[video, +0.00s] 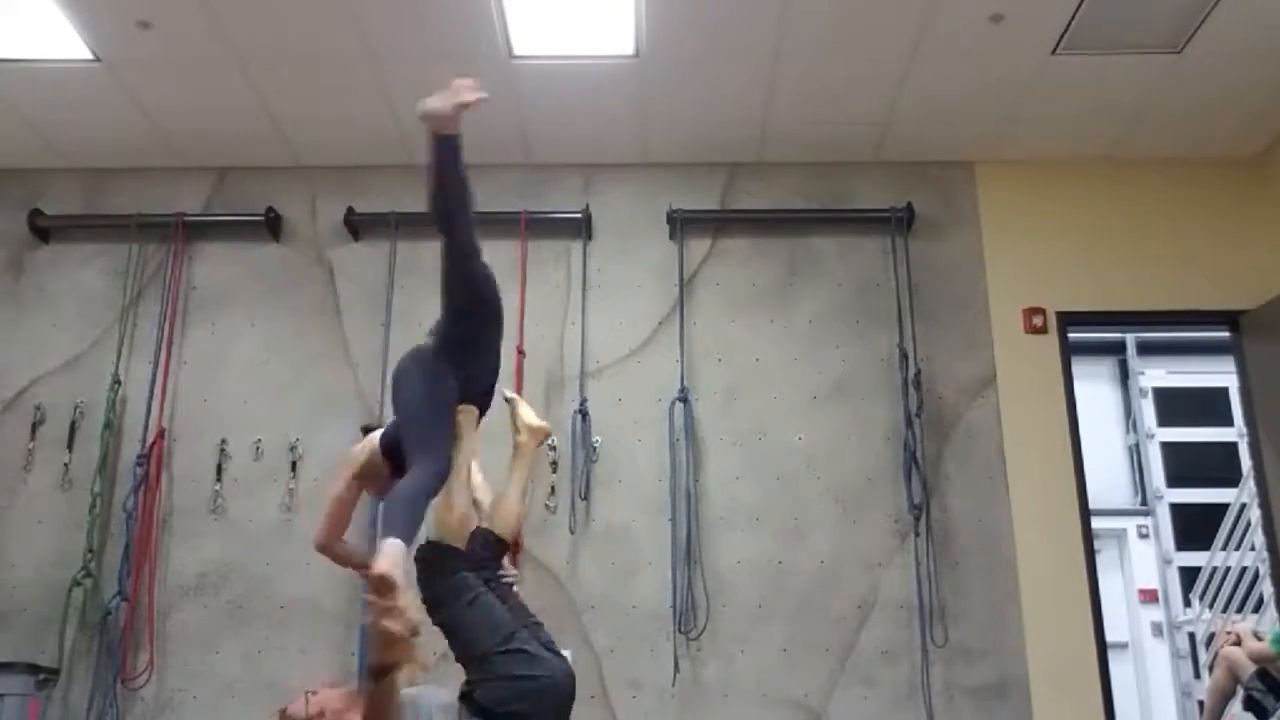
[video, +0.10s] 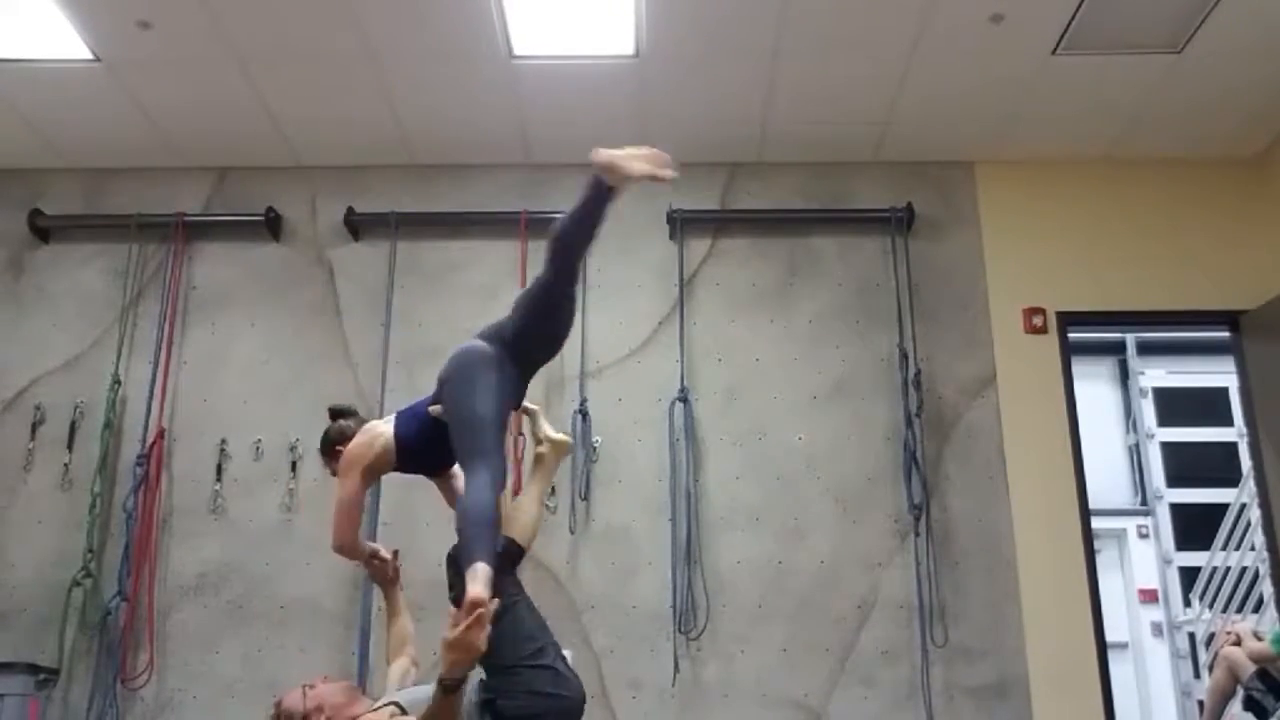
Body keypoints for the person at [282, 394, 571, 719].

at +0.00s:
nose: (318, 704)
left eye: (310, 702)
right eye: (314, 714)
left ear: (320, 688)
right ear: (327, 714)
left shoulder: (385, 687)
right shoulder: (376, 709)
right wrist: (385, 669)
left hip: (549, 685)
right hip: (522, 696)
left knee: (480, 559)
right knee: (438, 564)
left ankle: (528, 443)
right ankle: (466, 427)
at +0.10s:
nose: (321, 678)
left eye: (308, 684)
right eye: (310, 691)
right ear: (321, 714)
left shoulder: (387, 701)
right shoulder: (378, 715)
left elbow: (403, 659)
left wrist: (390, 588)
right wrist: (453, 679)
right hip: (531, 701)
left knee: (476, 561)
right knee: (472, 562)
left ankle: (545, 460)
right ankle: (546, 459)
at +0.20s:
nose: (319, 679)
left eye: (307, 684)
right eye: (308, 690)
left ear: (328, 706)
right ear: (320, 714)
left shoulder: (392, 700)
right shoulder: (381, 715)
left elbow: (405, 656)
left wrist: (400, 585)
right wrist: (500, 692)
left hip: (535, 696)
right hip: (536, 707)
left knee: (510, 555)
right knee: (504, 556)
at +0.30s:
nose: (322, 679)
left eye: (309, 684)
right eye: (311, 692)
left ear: (333, 696)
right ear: (323, 717)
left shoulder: (393, 700)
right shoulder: (388, 716)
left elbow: (413, 657)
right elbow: (481, 715)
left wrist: (410, 585)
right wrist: (514, 690)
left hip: (524, 691)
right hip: (542, 707)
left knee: (528, 558)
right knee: (523, 556)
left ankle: (638, 485)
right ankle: (639, 484)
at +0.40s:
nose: (325, 679)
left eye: (312, 685)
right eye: (316, 691)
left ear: (336, 702)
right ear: (331, 713)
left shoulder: (397, 703)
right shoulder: (398, 714)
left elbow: (433, 677)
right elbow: (491, 716)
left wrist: (425, 603)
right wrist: (541, 693)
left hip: (527, 689)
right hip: (547, 704)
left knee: (582, 564)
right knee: (539, 552)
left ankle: (674, 511)